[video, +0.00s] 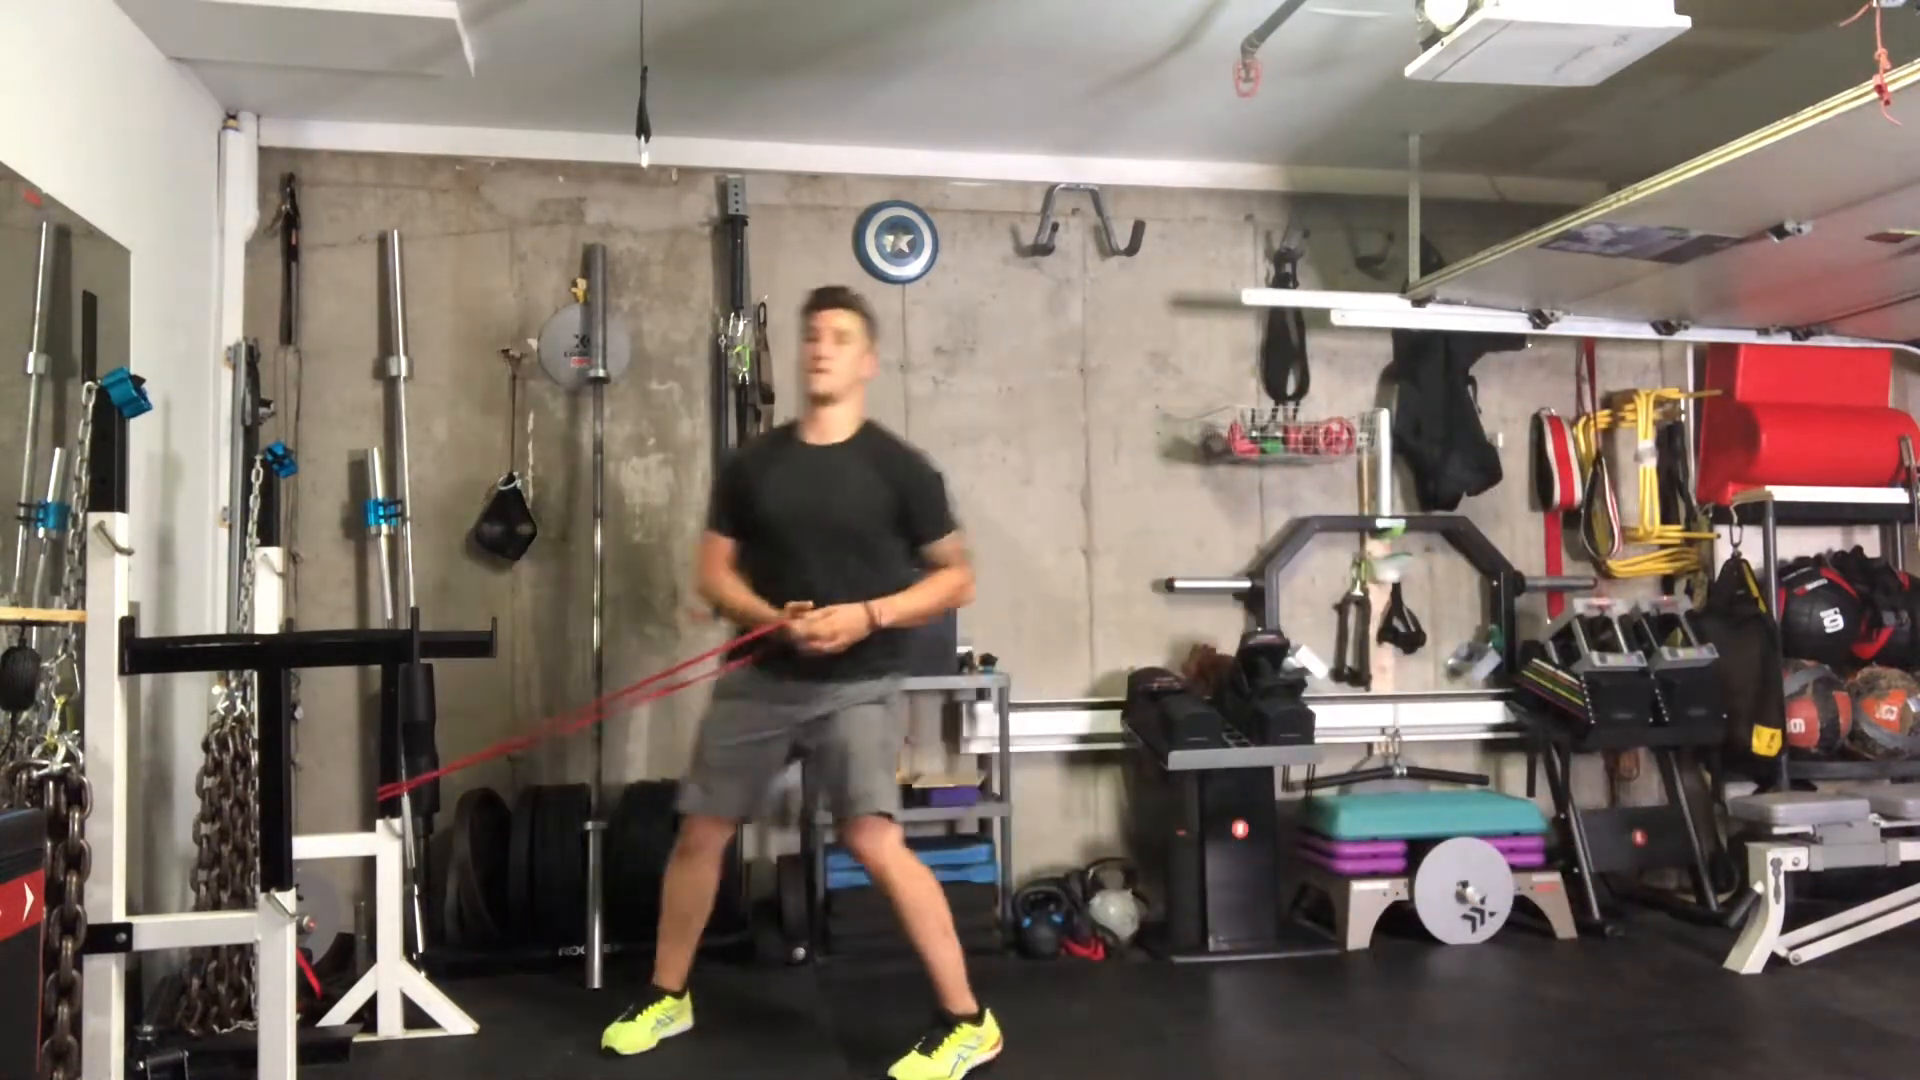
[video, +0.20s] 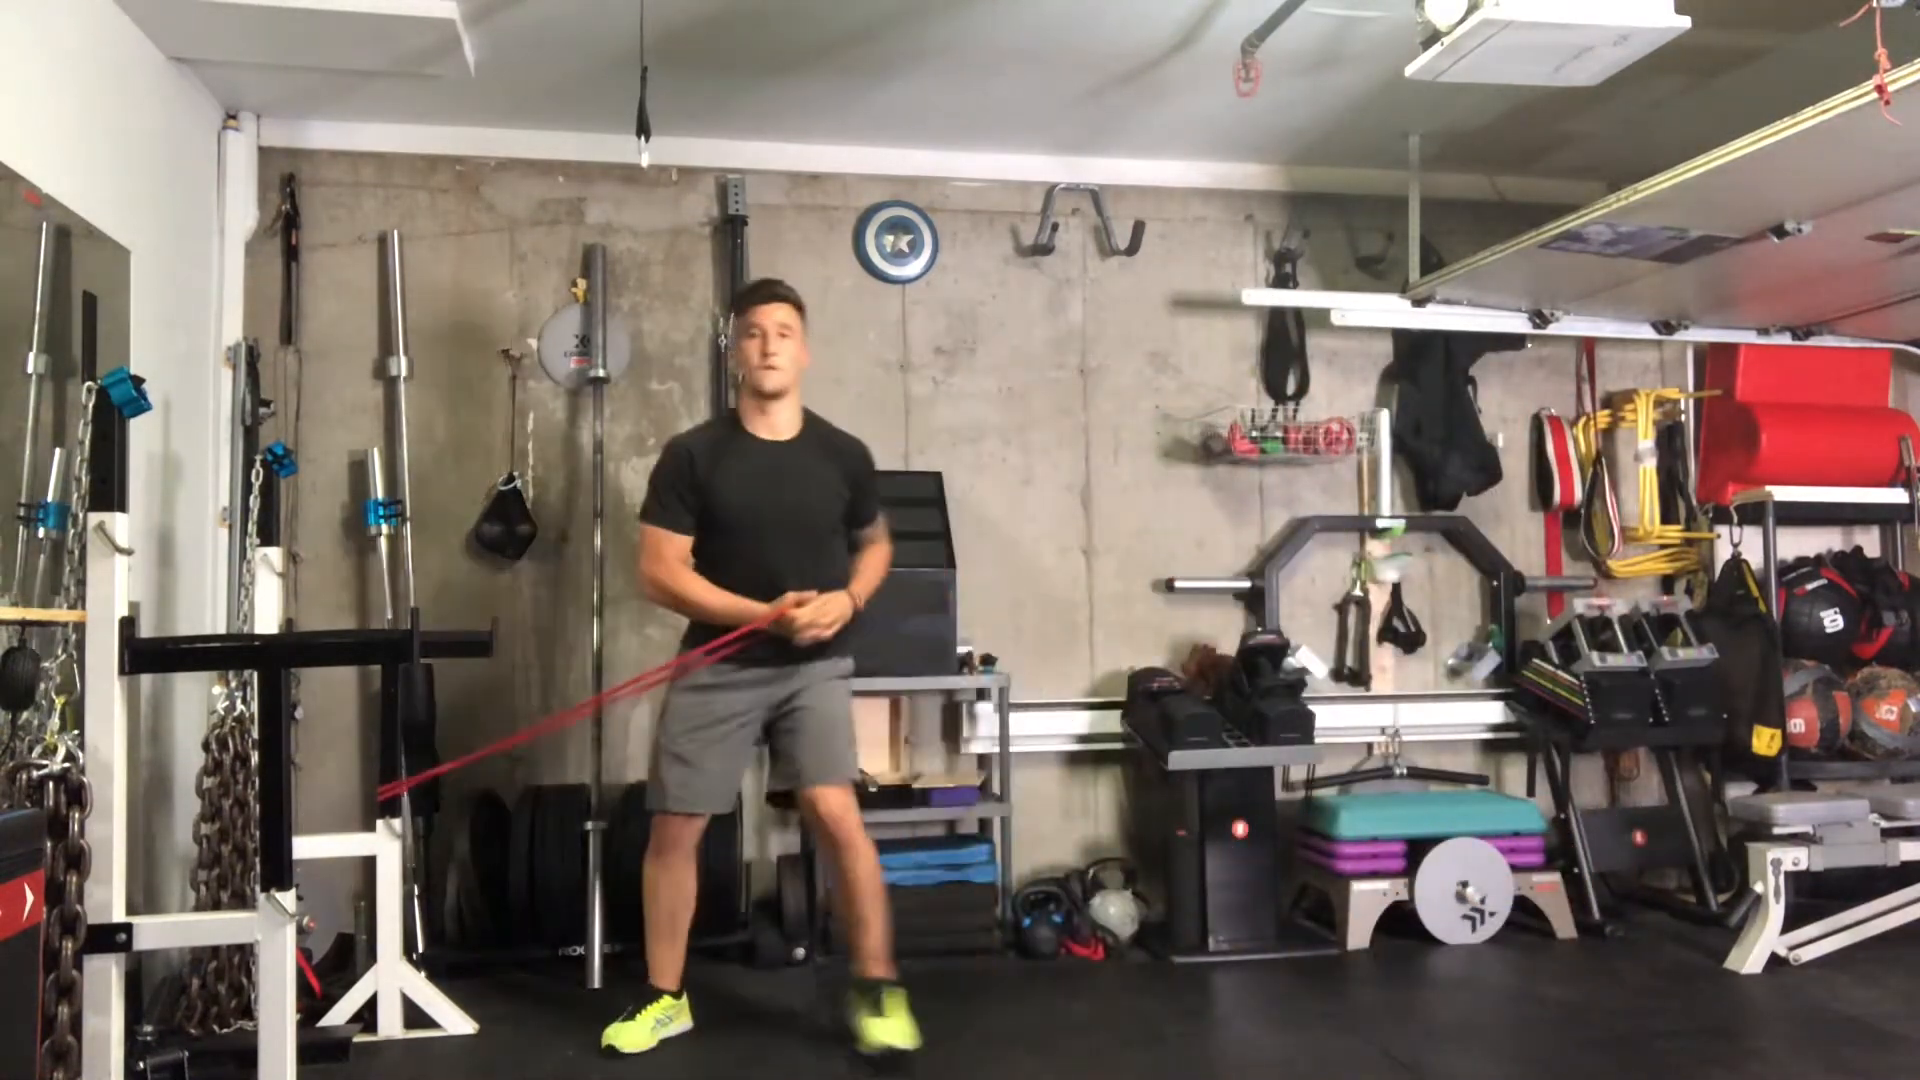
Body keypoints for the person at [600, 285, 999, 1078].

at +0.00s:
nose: (821, 351)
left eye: (838, 340)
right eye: (812, 339)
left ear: (869, 360)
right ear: (797, 356)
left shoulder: (903, 470)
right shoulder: (753, 463)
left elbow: (957, 578)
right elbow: (711, 572)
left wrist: (870, 614)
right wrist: (768, 614)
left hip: (858, 689)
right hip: (757, 685)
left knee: (873, 837)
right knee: (700, 831)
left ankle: (967, 1020)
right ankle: (667, 999)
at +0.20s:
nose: (767, 345)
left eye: (782, 334)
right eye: (753, 334)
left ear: (806, 354)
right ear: (733, 353)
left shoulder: (844, 455)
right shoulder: (690, 456)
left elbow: (875, 546)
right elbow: (658, 572)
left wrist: (850, 600)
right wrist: (765, 612)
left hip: (814, 670)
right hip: (716, 671)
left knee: (833, 807)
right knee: (674, 823)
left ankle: (877, 988)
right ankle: (665, 997)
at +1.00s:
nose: (741, 437)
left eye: (756, 424)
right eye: (728, 424)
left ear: (779, 434)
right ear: (709, 433)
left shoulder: (812, 522)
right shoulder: (669, 523)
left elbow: (831, 607)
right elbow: (660, 608)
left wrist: (785, 609)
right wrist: (724, 602)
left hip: (783, 707)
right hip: (690, 703)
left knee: (791, 837)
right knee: (651, 837)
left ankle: (804, 981)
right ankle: (636, 988)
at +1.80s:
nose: (781, 539)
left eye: (795, 522)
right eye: (765, 525)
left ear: (819, 523)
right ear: (743, 532)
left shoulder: (857, 581)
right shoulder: (724, 603)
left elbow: (880, 616)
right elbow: (726, 642)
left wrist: (853, 634)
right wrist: (799, 640)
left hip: (845, 752)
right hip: (752, 755)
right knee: (707, 874)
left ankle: (863, 968)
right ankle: (641, 987)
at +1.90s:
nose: (844, 520)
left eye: (859, 502)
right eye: (829, 505)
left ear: (888, 503)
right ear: (810, 512)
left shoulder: (912, 571)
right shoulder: (785, 584)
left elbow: (946, 599)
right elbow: (791, 619)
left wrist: (939, 602)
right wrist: (889, 612)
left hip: (896, 744)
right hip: (797, 751)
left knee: (988, 827)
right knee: (724, 875)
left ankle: (1011, 945)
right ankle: (642, 990)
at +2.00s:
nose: (945, 492)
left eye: (959, 475)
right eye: (931, 477)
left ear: (983, 480)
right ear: (909, 484)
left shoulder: (997, 547)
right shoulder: (884, 569)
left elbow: (1049, 574)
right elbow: (942, 580)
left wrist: (1068, 553)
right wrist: (1025, 568)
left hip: (971, 737)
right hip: (879, 742)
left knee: (1069, 829)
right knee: (768, 867)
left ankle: (1120, 977)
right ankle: (650, 986)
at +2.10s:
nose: (1047, 486)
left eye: (1060, 472)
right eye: (1034, 473)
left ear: (1083, 475)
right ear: (1016, 478)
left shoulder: (1101, 541)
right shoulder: (988, 544)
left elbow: (1148, 568)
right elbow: (1009, 573)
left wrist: (1168, 546)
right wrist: (1119, 553)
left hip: (1050, 722)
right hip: (962, 722)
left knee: (1112, 840)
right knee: (894, 839)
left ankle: (1126, 984)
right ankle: (763, 951)